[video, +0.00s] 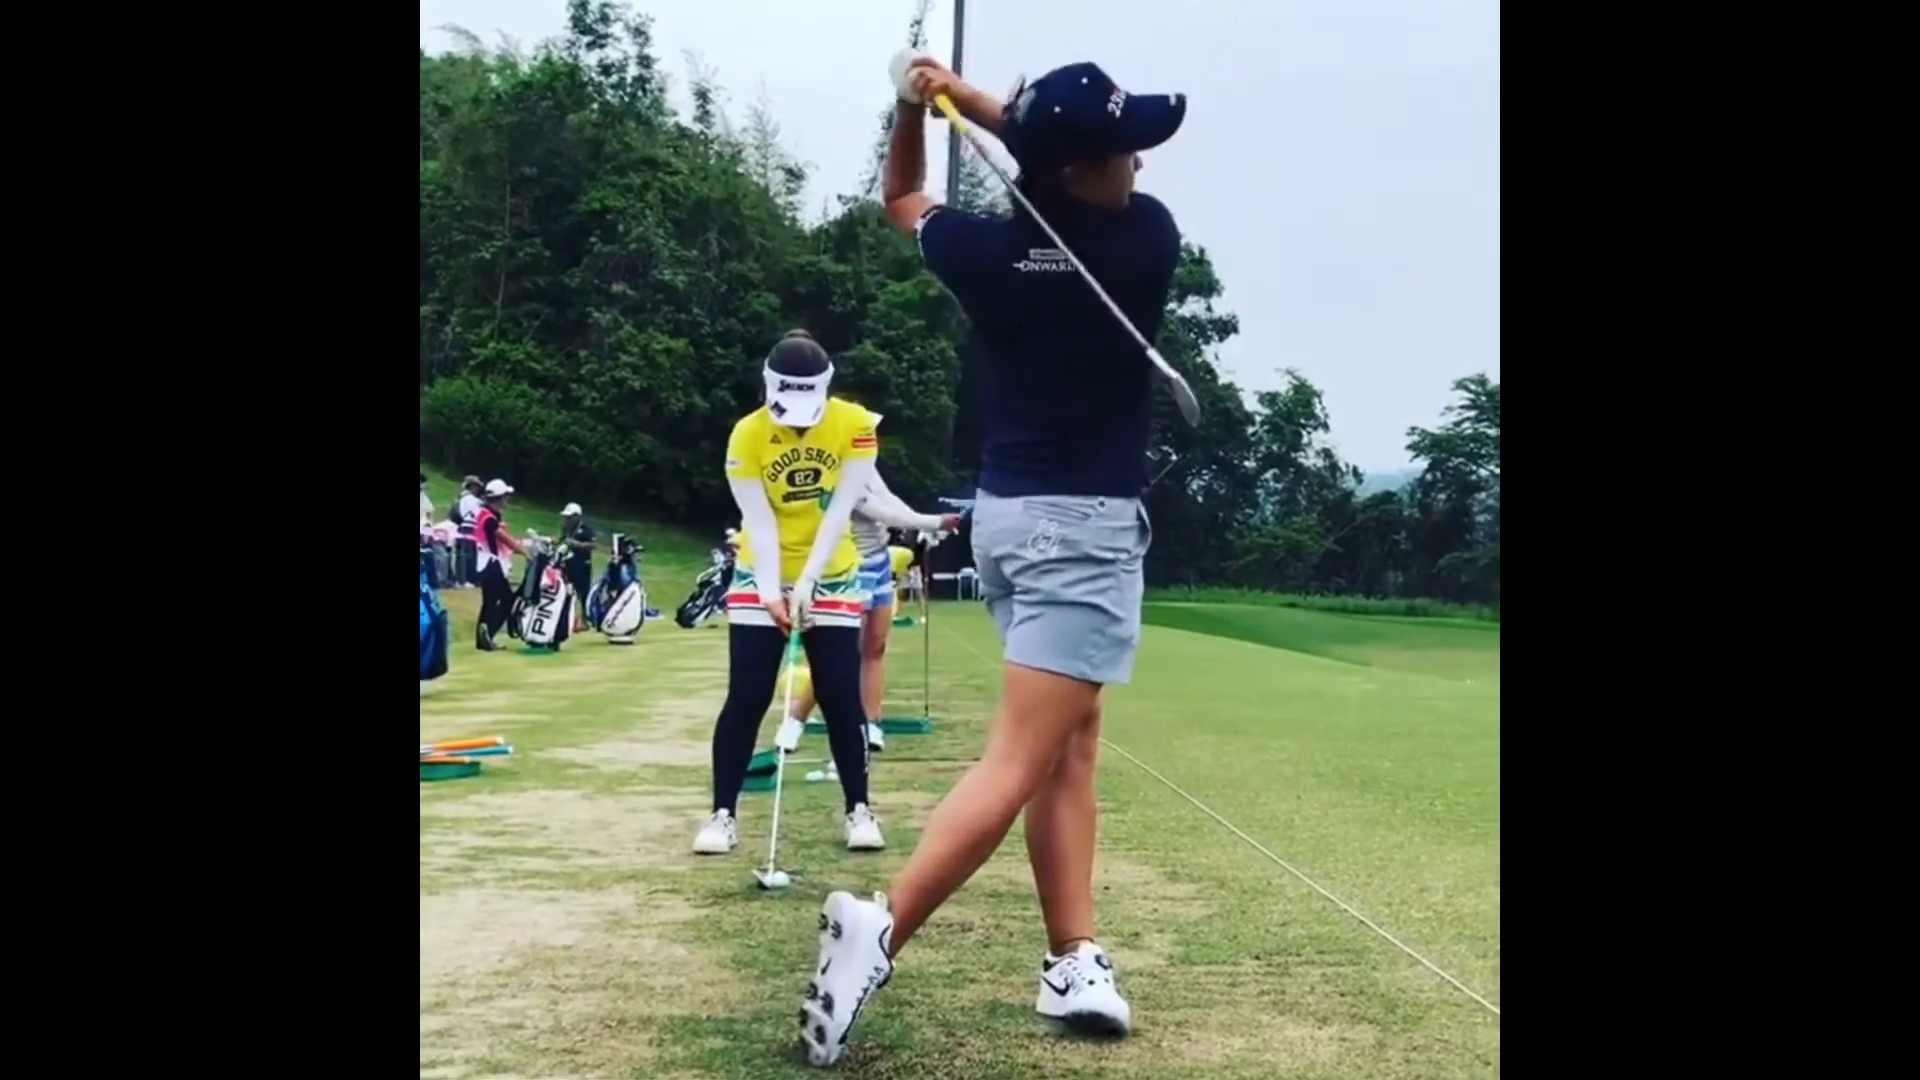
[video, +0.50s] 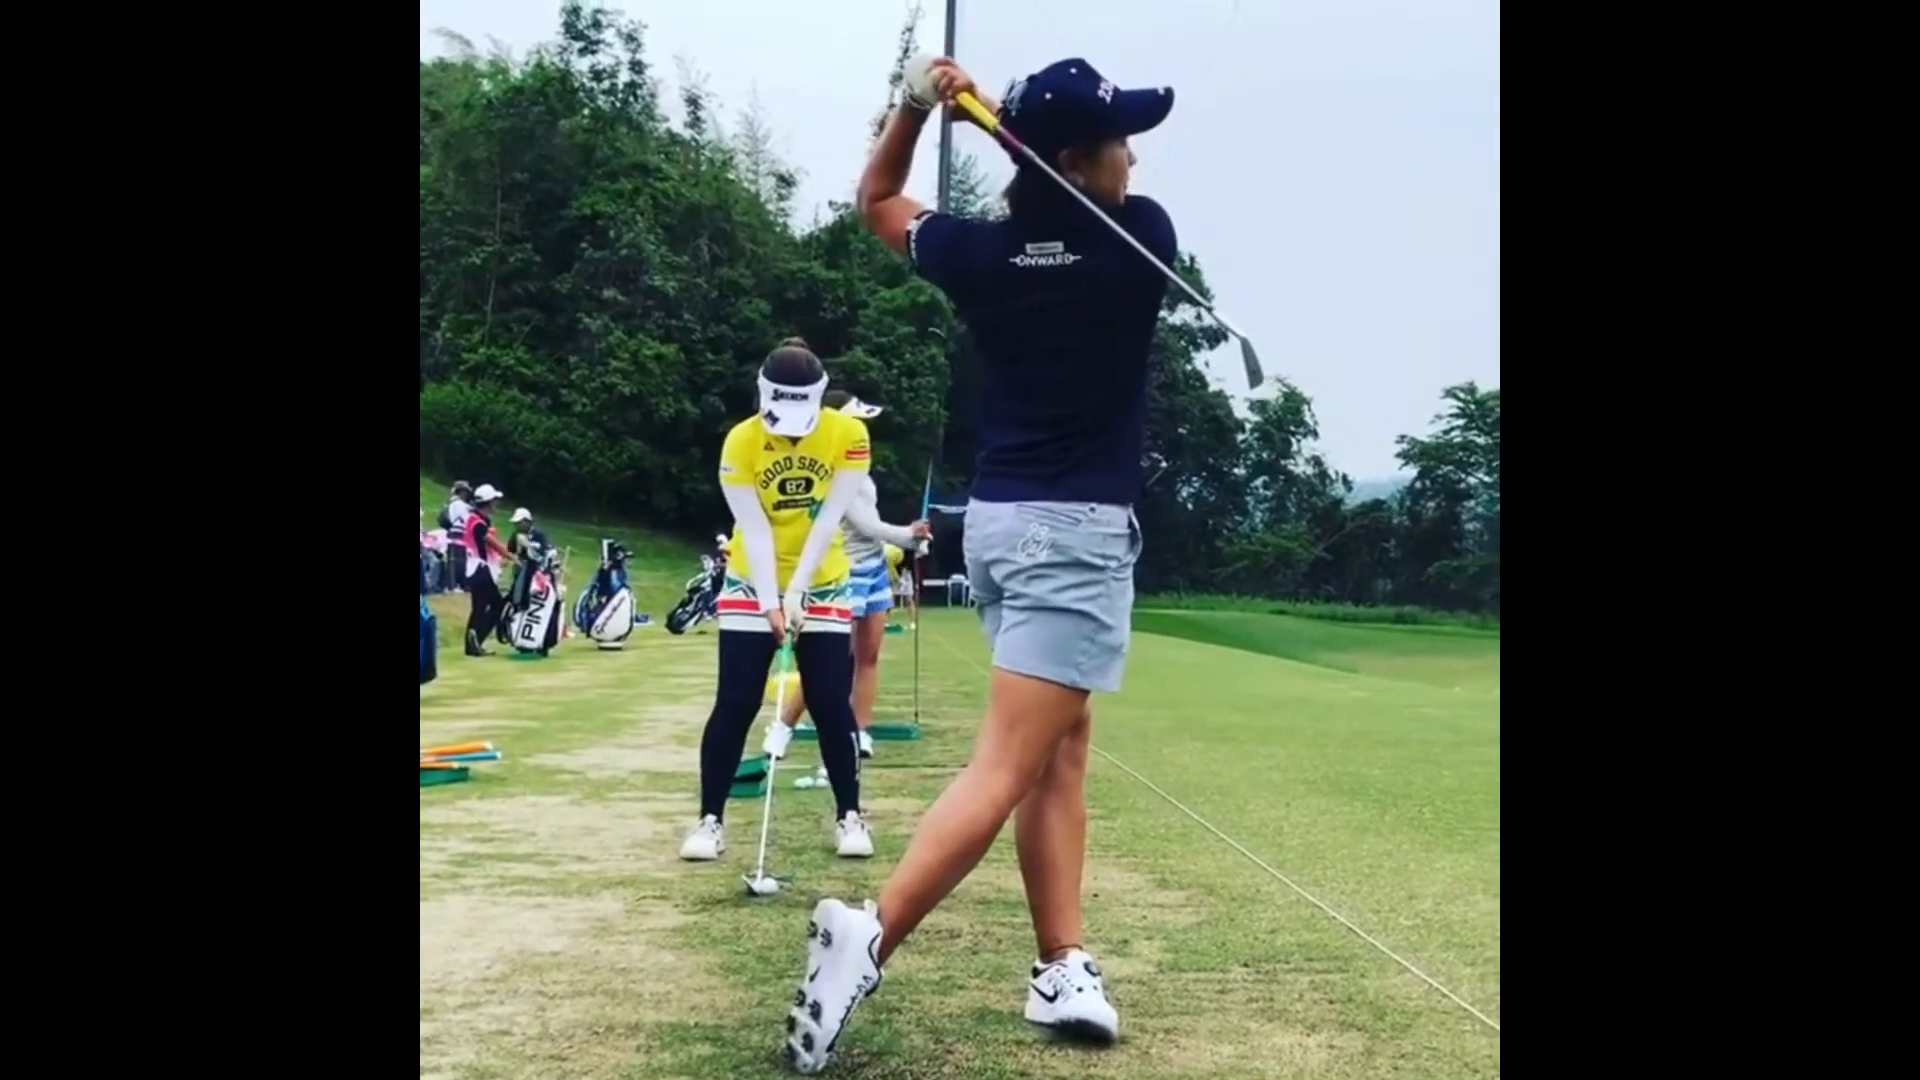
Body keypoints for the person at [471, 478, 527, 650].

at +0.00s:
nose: (507, 500)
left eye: (507, 497)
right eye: (505, 497)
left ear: (491, 497)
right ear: (498, 498)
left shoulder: (484, 514)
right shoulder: (490, 519)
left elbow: (503, 536)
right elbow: (506, 541)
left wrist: (522, 544)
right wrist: (524, 551)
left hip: (484, 558)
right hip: (491, 562)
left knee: (489, 599)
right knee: (507, 597)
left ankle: (483, 637)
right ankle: (489, 630)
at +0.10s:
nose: (503, 501)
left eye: (503, 498)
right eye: (501, 498)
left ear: (487, 498)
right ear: (494, 499)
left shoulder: (482, 516)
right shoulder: (486, 520)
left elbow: (500, 539)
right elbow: (502, 541)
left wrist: (517, 549)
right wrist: (521, 552)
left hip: (483, 560)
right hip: (488, 563)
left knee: (486, 601)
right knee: (504, 599)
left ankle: (479, 639)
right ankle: (485, 631)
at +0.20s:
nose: (500, 502)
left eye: (500, 498)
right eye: (499, 499)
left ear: (484, 499)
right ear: (492, 500)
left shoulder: (479, 516)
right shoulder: (483, 521)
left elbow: (497, 539)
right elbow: (499, 541)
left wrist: (514, 549)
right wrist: (518, 552)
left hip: (479, 561)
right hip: (484, 564)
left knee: (483, 601)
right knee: (502, 599)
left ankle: (476, 640)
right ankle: (482, 632)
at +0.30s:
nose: (498, 503)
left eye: (498, 499)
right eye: (496, 500)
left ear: (483, 500)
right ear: (489, 501)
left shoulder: (477, 517)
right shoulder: (481, 522)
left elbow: (495, 540)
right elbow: (497, 543)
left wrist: (513, 549)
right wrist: (516, 554)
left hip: (477, 562)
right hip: (482, 564)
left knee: (481, 603)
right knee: (499, 600)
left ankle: (474, 642)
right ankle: (480, 633)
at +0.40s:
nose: (497, 504)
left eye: (497, 501)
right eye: (495, 501)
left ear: (481, 501)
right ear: (488, 502)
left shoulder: (475, 519)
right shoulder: (480, 523)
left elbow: (493, 541)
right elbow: (496, 544)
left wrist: (510, 550)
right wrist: (514, 556)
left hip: (474, 563)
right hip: (481, 565)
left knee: (480, 604)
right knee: (498, 601)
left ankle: (473, 643)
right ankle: (479, 635)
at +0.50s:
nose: (496, 505)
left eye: (496, 502)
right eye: (494, 502)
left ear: (480, 503)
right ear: (487, 503)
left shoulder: (474, 520)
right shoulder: (479, 524)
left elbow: (492, 544)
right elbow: (493, 544)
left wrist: (508, 556)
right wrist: (511, 557)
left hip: (474, 564)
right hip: (479, 567)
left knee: (479, 605)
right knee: (497, 602)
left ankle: (472, 644)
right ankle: (478, 636)